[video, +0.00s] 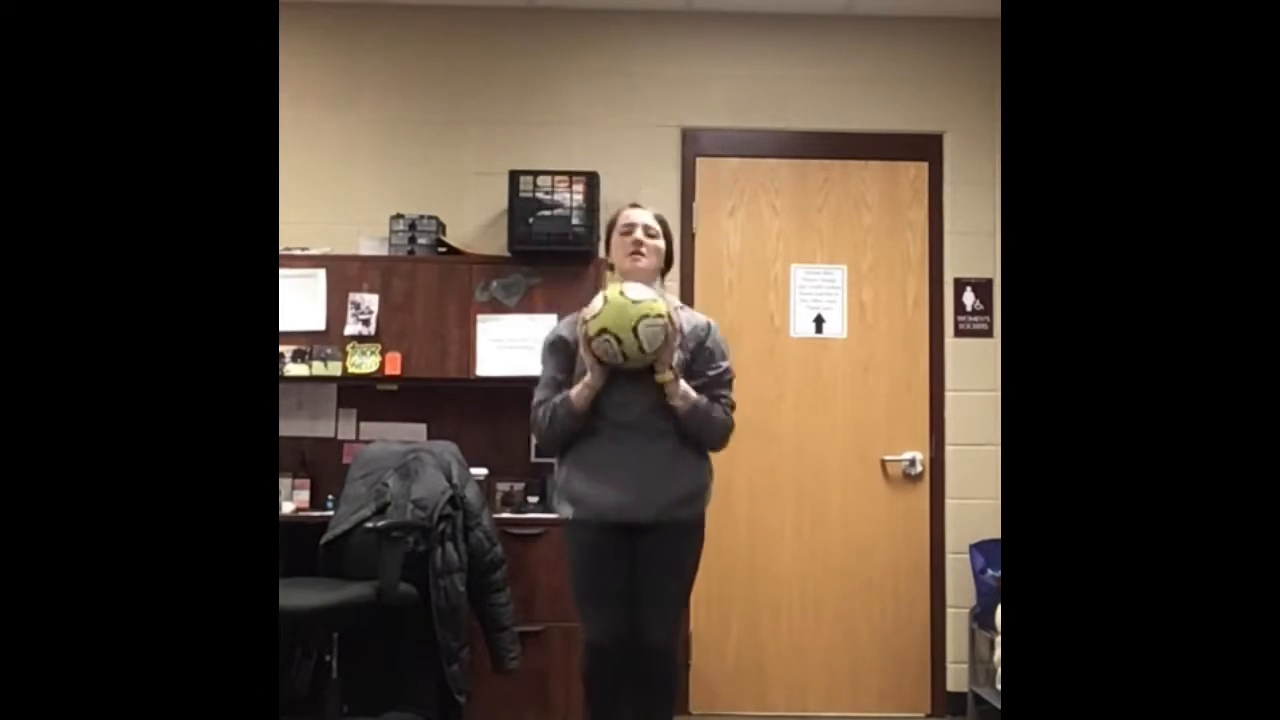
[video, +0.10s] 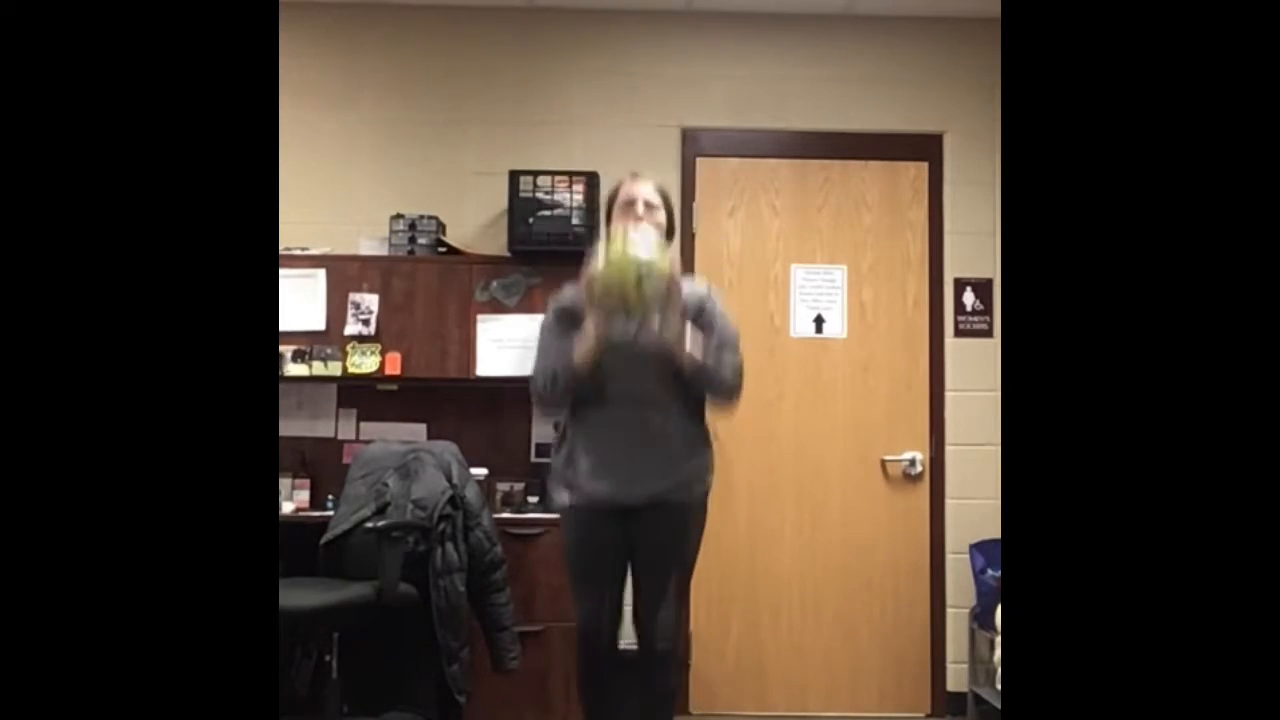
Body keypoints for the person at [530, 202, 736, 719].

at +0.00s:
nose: (640, 238)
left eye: (651, 233)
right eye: (627, 232)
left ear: (666, 254)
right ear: (608, 253)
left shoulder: (698, 331)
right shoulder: (571, 332)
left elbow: (719, 431)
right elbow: (546, 432)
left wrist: (670, 376)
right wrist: (591, 378)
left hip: (673, 515)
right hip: (594, 516)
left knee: (658, 645)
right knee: (605, 645)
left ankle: (656, 718)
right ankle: (606, 718)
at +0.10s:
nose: (641, 216)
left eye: (652, 208)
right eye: (629, 208)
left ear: (668, 224)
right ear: (609, 223)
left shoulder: (695, 301)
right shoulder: (574, 304)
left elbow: (728, 382)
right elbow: (546, 393)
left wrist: (677, 341)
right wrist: (586, 345)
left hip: (673, 493)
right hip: (594, 494)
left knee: (661, 633)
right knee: (595, 631)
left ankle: (660, 715)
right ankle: (600, 714)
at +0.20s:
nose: (642, 191)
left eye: (655, 177)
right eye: (629, 177)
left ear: (674, 180)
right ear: (604, 180)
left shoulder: (685, 253)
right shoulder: (584, 254)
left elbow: (723, 295)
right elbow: (545, 298)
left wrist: (697, 254)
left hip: (673, 446)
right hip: (594, 446)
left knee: (672, 590)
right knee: (583, 588)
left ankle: (675, 706)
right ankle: (577, 708)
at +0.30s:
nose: (643, 196)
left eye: (655, 189)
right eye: (631, 188)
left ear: (672, 205)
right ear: (610, 203)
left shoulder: (693, 267)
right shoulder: (587, 262)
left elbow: (724, 212)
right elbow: (559, 208)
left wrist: (685, 124)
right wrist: (598, 120)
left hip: (671, 444)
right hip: (593, 443)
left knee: (685, 598)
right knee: (568, 598)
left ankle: (703, 708)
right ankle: (538, 709)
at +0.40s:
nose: (638, 231)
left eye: (648, 221)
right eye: (626, 223)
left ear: (665, 233)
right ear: (608, 237)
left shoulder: (682, 293)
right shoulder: (588, 288)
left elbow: (707, 237)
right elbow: (571, 208)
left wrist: (687, 121)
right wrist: (595, 105)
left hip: (660, 472)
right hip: (584, 470)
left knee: (698, 625)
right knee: (558, 622)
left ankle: (736, 714)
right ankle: (519, 709)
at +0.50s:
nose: (636, 231)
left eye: (645, 222)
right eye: (622, 222)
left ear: (659, 239)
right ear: (602, 241)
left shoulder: (678, 298)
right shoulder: (586, 293)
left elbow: (698, 232)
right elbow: (573, 223)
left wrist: (677, 135)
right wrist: (594, 127)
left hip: (655, 477)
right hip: (583, 474)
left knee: (682, 623)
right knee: (559, 621)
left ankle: (725, 712)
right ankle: (523, 709)